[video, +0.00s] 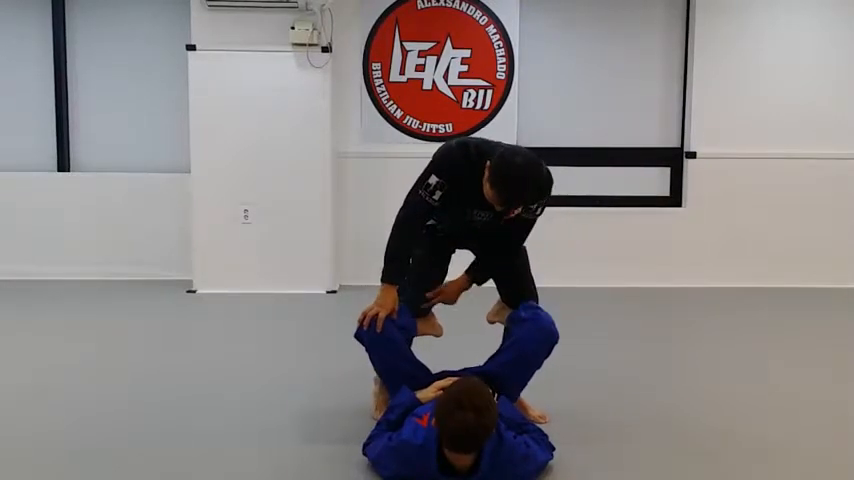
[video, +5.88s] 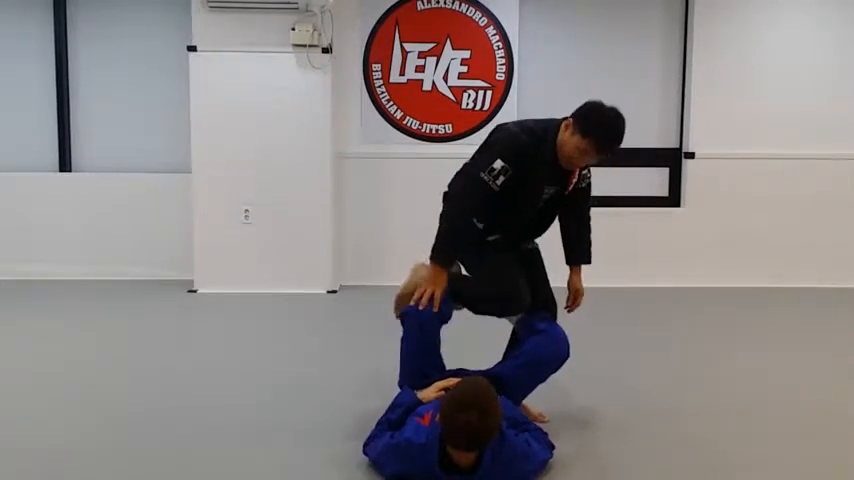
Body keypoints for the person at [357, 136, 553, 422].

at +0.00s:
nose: (498, 211)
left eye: (506, 208)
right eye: (494, 202)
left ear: (527, 196)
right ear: (487, 174)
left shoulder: (538, 188)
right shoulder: (455, 157)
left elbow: (508, 243)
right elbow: (409, 218)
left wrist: (463, 283)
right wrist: (388, 289)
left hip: (494, 235)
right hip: (440, 228)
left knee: (525, 309)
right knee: (412, 306)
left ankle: (508, 391)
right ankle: (386, 379)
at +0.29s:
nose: (491, 207)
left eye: (500, 206)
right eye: (489, 200)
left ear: (524, 192)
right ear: (484, 174)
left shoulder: (539, 182)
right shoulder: (453, 158)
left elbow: (533, 238)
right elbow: (407, 220)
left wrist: (506, 280)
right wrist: (386, 289)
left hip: (490, 232)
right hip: (439, 229)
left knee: (525, 308)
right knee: (415, 307)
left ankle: (509, 392)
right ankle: (386, 378)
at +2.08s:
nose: (534, 217)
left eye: (543, 213)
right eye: (532, 208)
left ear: (557, 198)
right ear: (520, 178)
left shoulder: (549, 187)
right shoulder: (471, 169)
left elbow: (547, 244)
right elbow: (418, 225)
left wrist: (548, 301)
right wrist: (396, 296)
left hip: (490, 240)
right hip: (440, 237)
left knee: (529, 305)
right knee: (449, 325)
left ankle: (508, 395)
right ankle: (388, 376)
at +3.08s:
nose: (570, 204)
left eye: (580, 200)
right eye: (570, 193)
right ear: (557, 165)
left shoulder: (583, 181)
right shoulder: (506, 158)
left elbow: (577, 237)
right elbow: (451, 214)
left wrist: (566, 302)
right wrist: (420, 280)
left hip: (517, 230)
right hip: (468, 221)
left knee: (535, 312)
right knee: (468, 302)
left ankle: (508, 397)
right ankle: (399, 342)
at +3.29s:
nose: (576, 196)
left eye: (585, 192)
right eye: (575, 185)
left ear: (596, 187)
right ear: (564, 157)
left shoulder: (589, 180)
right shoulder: (515, 155)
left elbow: (582, 231)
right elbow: (459, 212)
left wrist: (573, 290)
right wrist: (427, 281)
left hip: (523, 232)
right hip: (475, 220)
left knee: (536, 315)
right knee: (489, 293)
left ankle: (508, 398)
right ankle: (416, 305)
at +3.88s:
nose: (581, 186)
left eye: (589, 181)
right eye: (580, 175)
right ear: (568, 147)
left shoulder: (583, 171)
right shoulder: (517, 154)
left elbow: (576, 220)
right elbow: (464, 212)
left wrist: (557, 273)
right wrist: (433, 282)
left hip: (522, 237)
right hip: (478, 230)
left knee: (542, 311)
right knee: (519, 305)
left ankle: (508, 396)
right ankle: (458, 320)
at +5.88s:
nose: (582, 163)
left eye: (591, 159)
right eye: (582, 152)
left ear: (601, 155)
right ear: (567, 127)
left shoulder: (577, 163)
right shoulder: (513, 141)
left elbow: (576, 214)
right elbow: (461, 197)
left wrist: (575, 270)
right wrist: (438, 269)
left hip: (517, 240)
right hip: (473, 234)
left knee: (542, 314)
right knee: (511, 299)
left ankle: (505, 395)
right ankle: (435, 282)